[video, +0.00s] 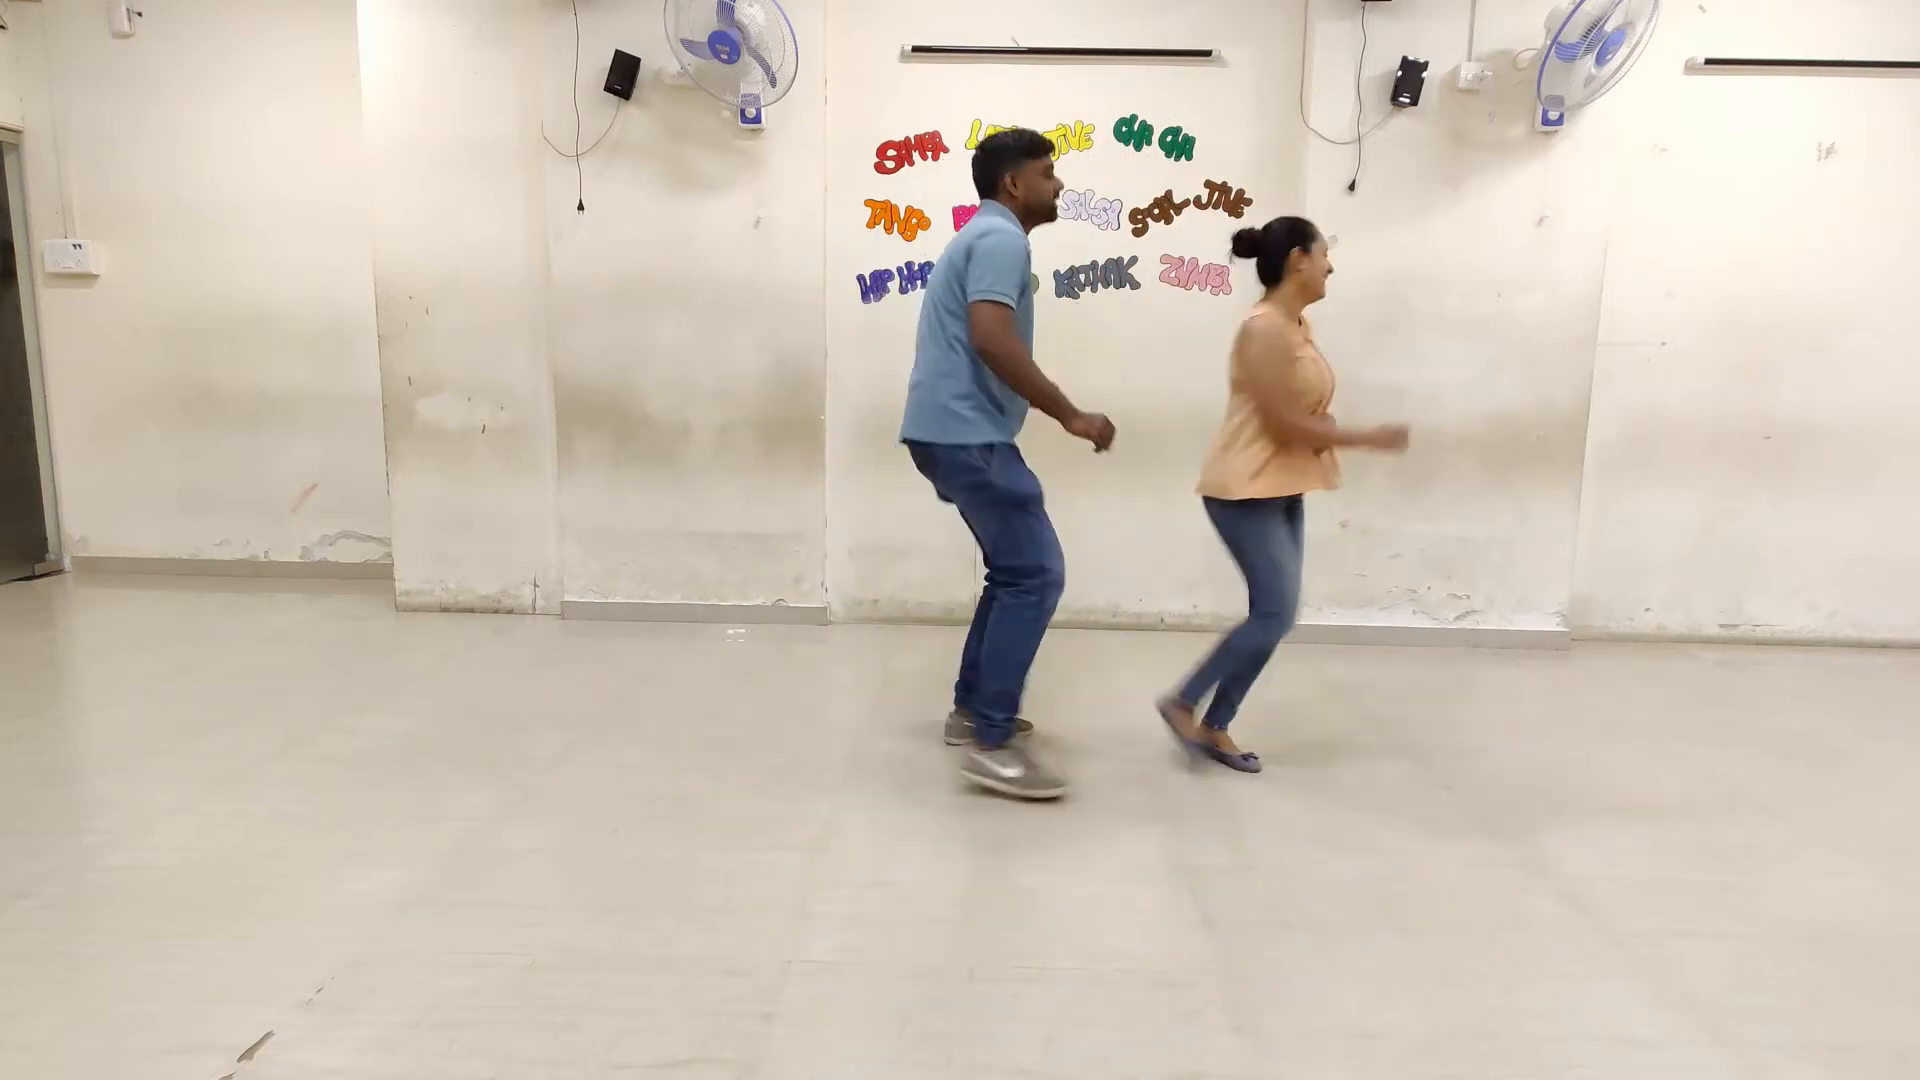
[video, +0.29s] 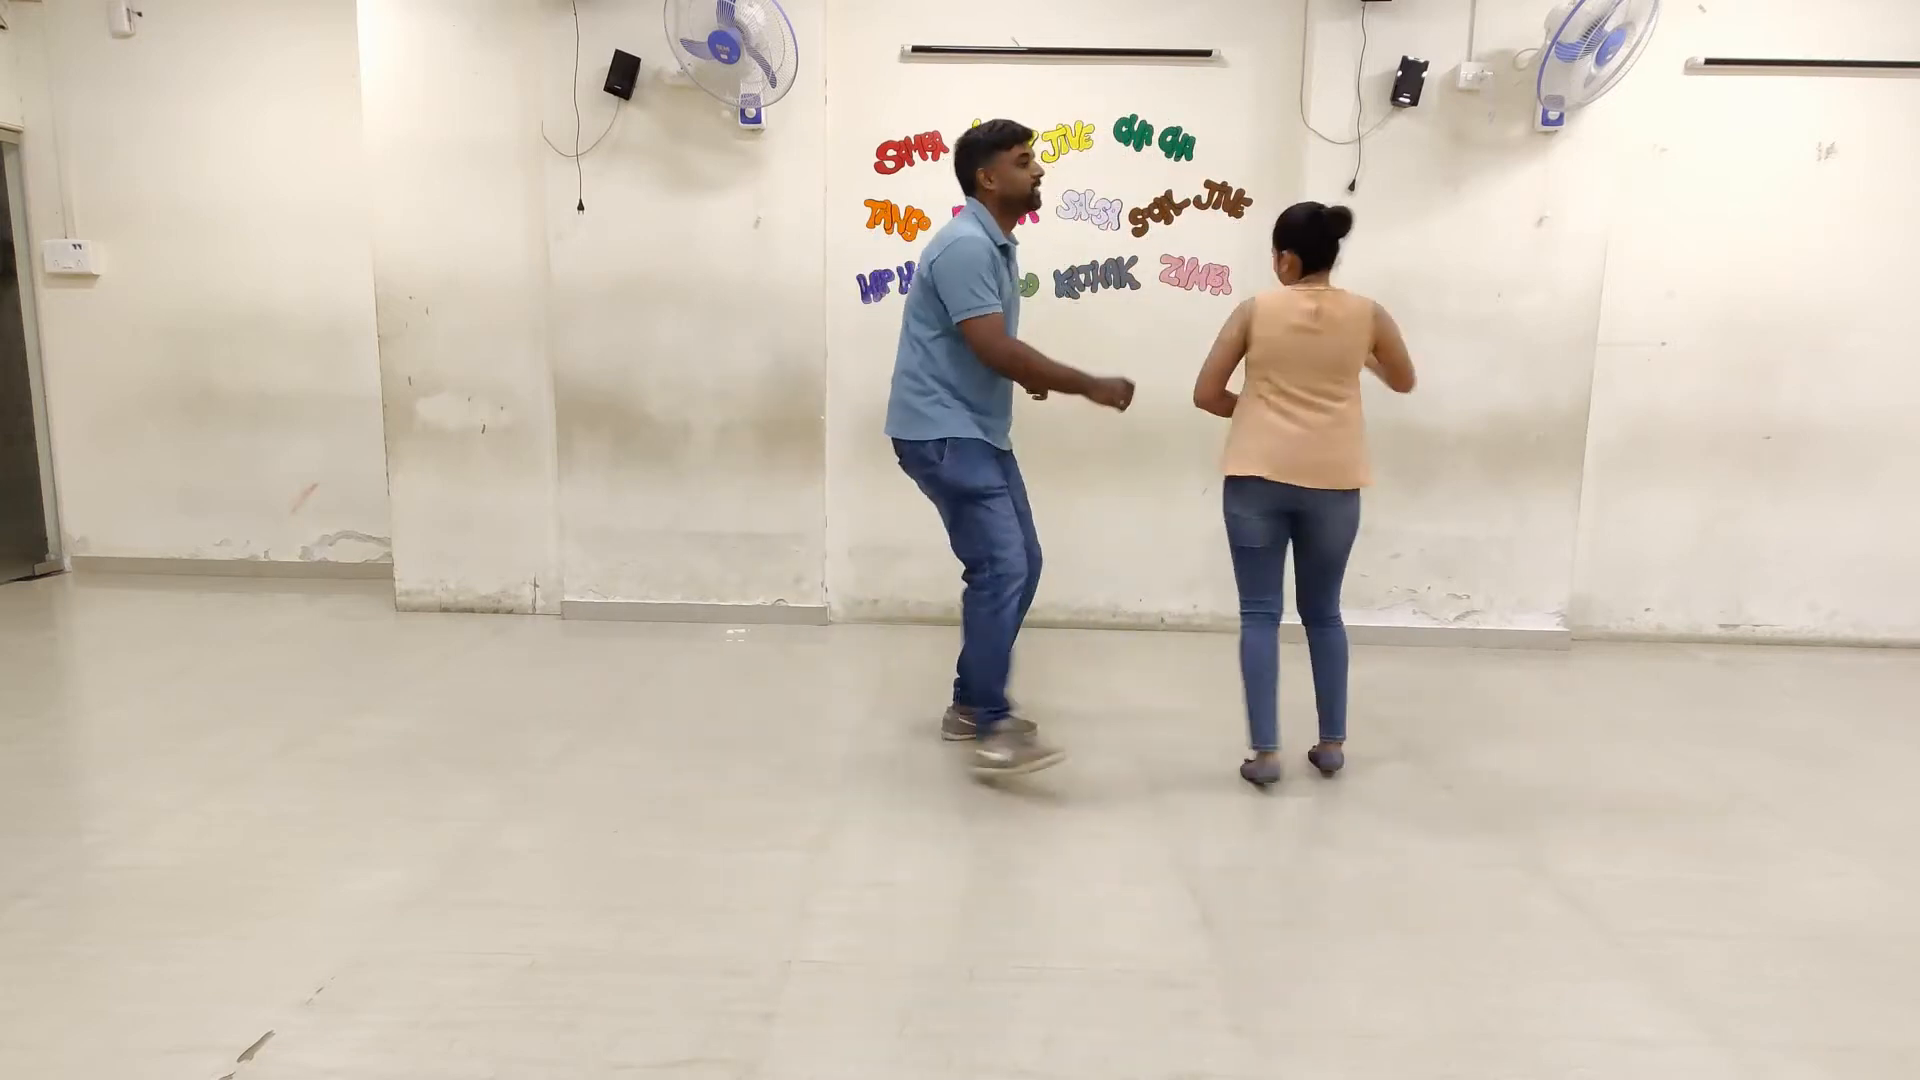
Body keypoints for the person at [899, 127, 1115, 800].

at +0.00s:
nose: (1059, 184)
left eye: (1055, 172)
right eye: (1046, 173)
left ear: (1006, 184)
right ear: (1008, 183)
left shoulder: (982, 235)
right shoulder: (999, 237)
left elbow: (976, 343)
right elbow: (991, 338)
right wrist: (1071, 415)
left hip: (953, 430)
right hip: (966, 433)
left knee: (1013, 571)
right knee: (1036, 573)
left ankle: (975, 707)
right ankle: (990, 740)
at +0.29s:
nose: (1038, 169)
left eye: (1035, 160)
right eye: (1025, 161)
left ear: (1003, 176)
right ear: (986, 174)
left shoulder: (995, 244)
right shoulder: (966, 244)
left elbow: (985, 340)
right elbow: (994, 347)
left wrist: (1025, 372)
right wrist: (1088, 385)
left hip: (977, 431)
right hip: (942, 430)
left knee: (1023, 564)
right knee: (1000, 565)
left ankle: (974, 705)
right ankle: (984, 724)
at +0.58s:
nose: (965, 195)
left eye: (959, 185)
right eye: (951, 187)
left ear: (923, 206)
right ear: (917, 204)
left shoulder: (925, 266)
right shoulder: (912, 269)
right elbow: (1001, 348)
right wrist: (1100, 381)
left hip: (936, 460)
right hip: (887, 465)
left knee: (1010, 562)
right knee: (907, 604)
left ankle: (983, 703)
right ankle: (826, 692)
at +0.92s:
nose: (930, 163)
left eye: (928, 154)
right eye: (915, 157)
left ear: (905, 173)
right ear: (879, 171)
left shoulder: (901, 226)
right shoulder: (876, 233)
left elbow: (947, 238)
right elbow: (959, 314)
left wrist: (968, 247)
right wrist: (1060, 324)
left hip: (888, 429)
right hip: (841, 431)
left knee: (924, 561)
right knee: (858, 570)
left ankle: (960, 696)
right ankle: (819, 692)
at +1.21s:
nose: (955, 184)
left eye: (954, 173)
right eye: (940, 177)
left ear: (956, 184)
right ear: (903, 195)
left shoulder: (960, 253)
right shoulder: (892, 258)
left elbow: (1017, 243)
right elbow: (913, 342)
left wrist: (1021, 243)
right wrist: (1011, 354)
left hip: (946, 450)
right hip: (880, 458)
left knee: (1015, 551)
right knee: (888, 593)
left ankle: (1023, 685)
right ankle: (817, 693)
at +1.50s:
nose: (1016, 166)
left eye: (1024, 157)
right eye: (1001, 160)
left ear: (1037, 172)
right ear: (981, 177)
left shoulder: (1067, 240)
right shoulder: (964, 241)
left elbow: (1158, 213)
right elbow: (957, 224)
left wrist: (1099, 196)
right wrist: (1041, 177)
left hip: (1045, 439)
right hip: (964, 441)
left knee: (1074, 571)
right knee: (944, 570)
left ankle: (1063, 686)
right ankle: (908, 676)